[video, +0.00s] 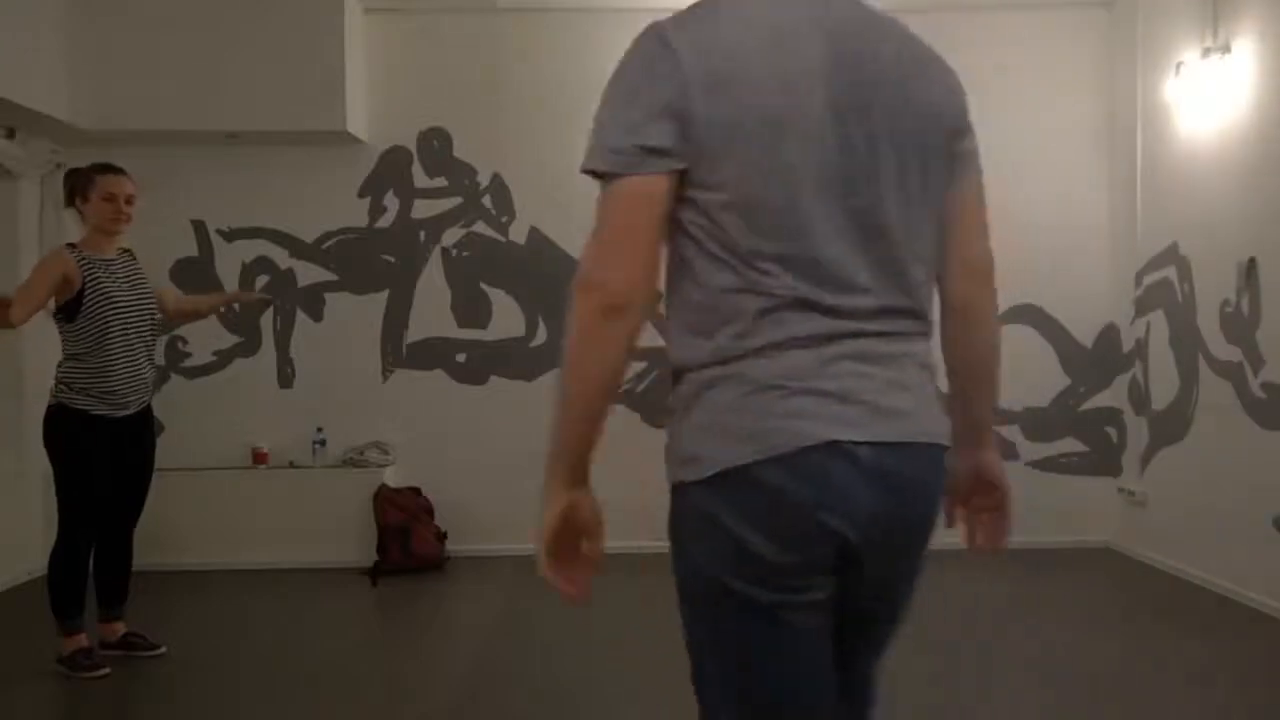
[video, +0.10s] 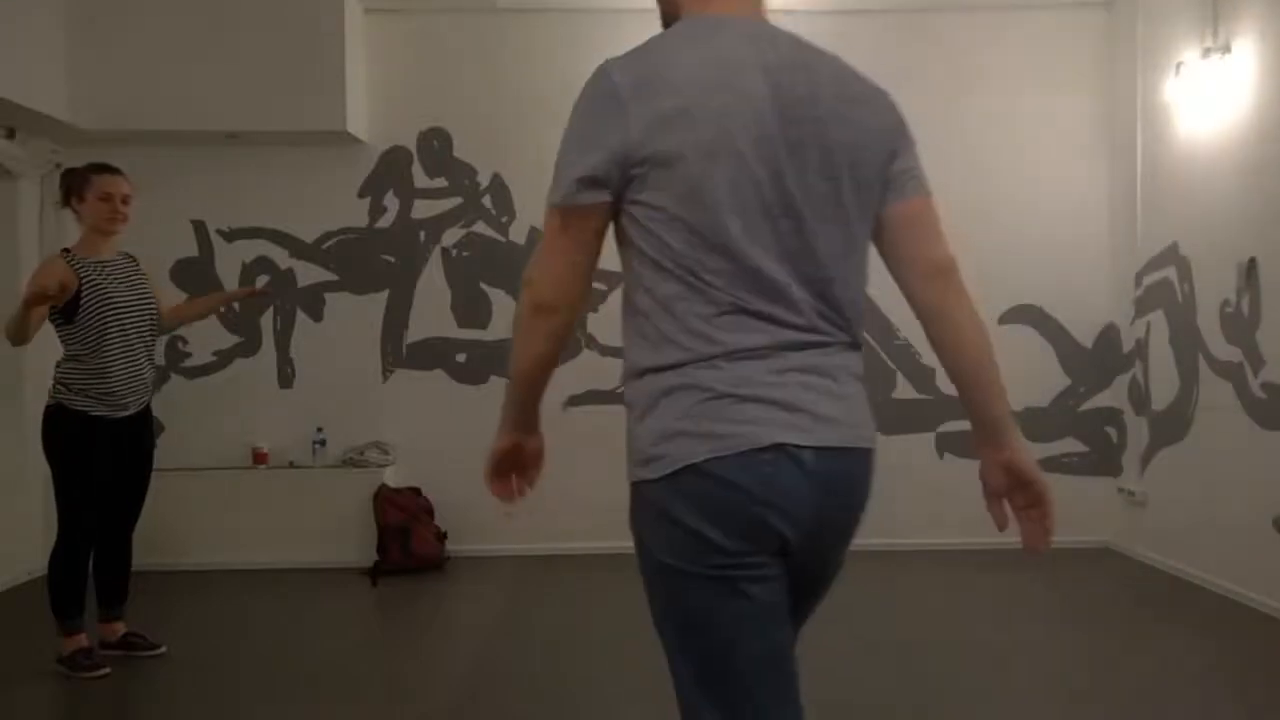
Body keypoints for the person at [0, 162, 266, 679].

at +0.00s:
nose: (121, 209)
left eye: (128, 201)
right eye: (109, 199)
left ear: (135, 207)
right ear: (82, 204)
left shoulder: (130, 264)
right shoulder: (65, 262)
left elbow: (170, 307)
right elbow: (18, 309)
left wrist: (232, 297)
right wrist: (11, 312)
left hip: (133, 419)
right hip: (79, 420)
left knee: (119, 527)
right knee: (77, 530)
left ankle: (112, 630)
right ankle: (73, 641)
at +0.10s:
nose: (118, 209)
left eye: (125, 201)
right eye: (106, 199)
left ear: (131, 207)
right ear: (78, 204)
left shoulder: (130, 267)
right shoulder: (62, 268)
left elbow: (167, 316)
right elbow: (18, 338)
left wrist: (232, 296)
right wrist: (32, 303)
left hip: (132, 419)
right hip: (77, 420)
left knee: (118, 528)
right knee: (77, 531)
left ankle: (112, 630)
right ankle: (73, 641)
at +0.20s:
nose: (114, 209)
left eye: (120, 201)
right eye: (102, 199)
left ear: (126, 208)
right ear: (73, 204)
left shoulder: (129, 267)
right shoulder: (58, 270)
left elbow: (152, 333)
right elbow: (32, 351)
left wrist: (206, 318)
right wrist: (50, 317)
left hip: (131, 421)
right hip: (76, 423)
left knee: (119, 529)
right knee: (77, 532)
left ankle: (112, 630)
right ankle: (71, 642)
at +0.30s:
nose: (111, 209)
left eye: (118, 201)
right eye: (99, 200)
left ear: (124, 208)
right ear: (71, 206)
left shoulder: (128, 270)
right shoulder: (57, 273)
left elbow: (150, 340)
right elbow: (36, 351)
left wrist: (204, 333)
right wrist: (63, 324)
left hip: (131, 424)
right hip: (75, 425)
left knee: (121, 529)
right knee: (78, 533)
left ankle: (112, 630)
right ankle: (71, 642)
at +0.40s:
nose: (111, 210)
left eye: (118, 201)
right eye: (99, 200)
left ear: (124, 208)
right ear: (71, 206)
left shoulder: (127, 271)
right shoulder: (58, 273)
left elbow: (146, 342)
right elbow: (35, 349)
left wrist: (201, 337)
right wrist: (73, 321)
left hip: (131, 424)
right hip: (75, 426)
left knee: (132, 530)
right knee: (80, 534)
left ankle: (113, 630)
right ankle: (71, 642)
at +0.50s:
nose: (116, 208)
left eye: (122, 200)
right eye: (103, 199)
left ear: (127, 207)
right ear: (74, 207)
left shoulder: (126, 269)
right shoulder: (61, 271)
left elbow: (143, 342)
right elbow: (37, 347)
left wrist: (198, 339)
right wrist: (85, 319)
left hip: (132, 423)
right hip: (77, 427)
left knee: (149, 522)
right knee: (86, 533)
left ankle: (116, 625)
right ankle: (72, 642)